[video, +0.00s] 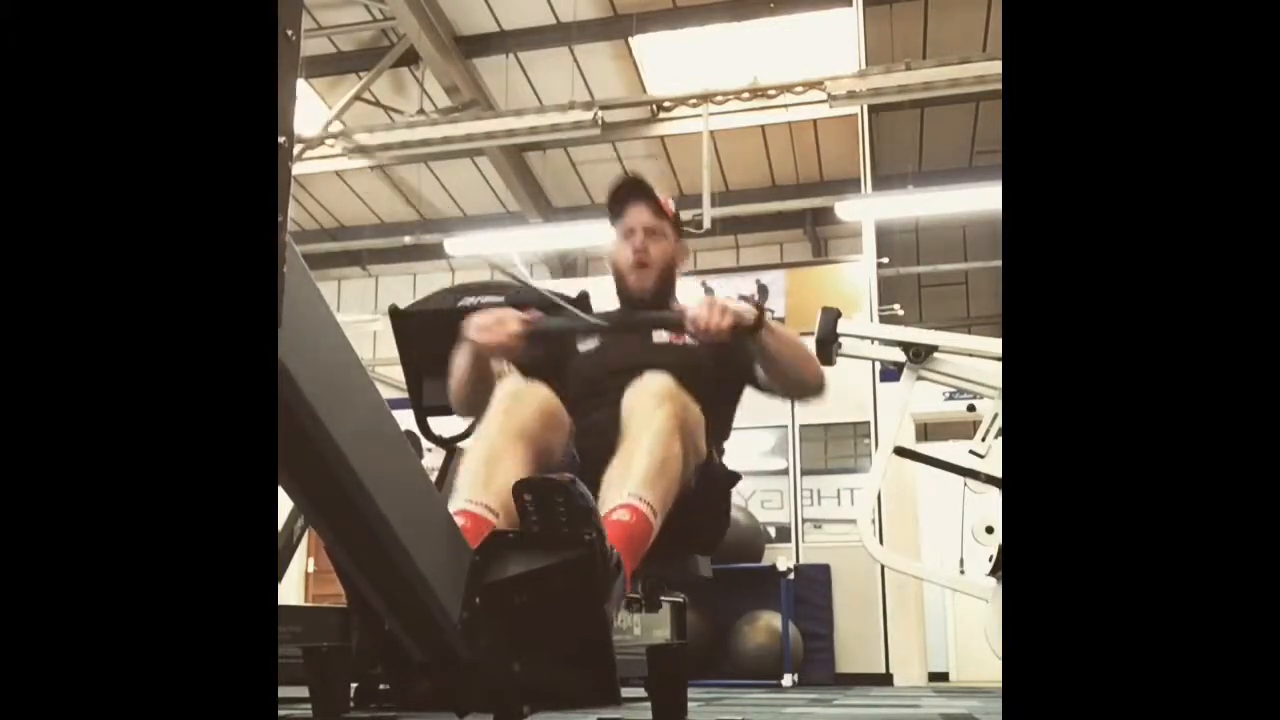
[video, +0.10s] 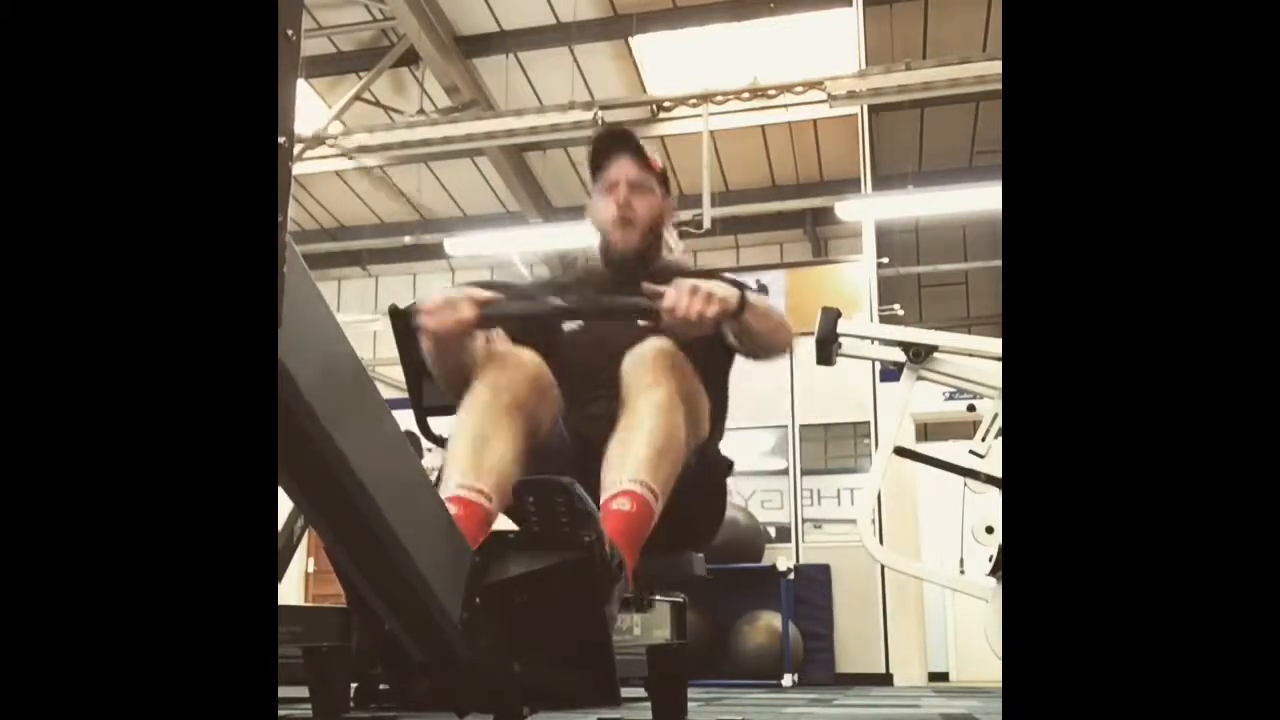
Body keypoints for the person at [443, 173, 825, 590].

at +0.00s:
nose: (639, 246)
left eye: (654, 235)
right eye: (628, 235)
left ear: (680, 250)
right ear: (612, 251)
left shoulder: (717, 329)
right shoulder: (571, 332)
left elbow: (809, 383)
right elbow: (468, 407)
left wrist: (753, 326)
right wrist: (473, 344)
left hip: (681, 501)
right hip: (568, 492)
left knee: (654, 391)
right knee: (521, 395)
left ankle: (606, 567)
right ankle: (458, 553)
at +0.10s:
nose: (622, 203)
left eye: (639, 190)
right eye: (609, 190)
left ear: (666, 208)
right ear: (590, 207)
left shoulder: (705, 293)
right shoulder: (551, 287)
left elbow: (778, 342)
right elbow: (461, 387)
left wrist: (734, 305)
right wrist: (445, 339)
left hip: (675, 497)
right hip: (559, 493)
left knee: (655, 357)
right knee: (510, 365)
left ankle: (606, 566)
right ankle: (445, 556)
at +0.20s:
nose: (603, 161)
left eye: (620, 150)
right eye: (588, 151)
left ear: (652, 174)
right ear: (569, 179)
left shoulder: (698, 257)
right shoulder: (524, 274)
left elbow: (749, 308)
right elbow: (455, 329)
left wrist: (703, 285)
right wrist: (403, 319)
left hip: (669, 492)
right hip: (546, 487)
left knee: (652, 341)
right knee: (489, 336)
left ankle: (606, 565)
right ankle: (443, 557)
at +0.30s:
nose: (586, 145)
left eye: (607, 136)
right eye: (573, 139)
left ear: (643, 164)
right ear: (554, 173)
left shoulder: (682, 240)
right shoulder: (522, 249)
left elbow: (714, 283)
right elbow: (451, 293)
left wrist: (671, 272)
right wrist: (371, 282)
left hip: (662, 482)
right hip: (543, 481)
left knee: (652, 333)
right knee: (490, 338)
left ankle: (610, 552)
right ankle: (442, 549)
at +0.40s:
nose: (593, 156)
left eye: (612, 148)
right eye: (580, 149)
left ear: (648, 175)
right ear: (561, 180)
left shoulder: (689, 249)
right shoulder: (537, 259)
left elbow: (706, 295)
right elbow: (464, 303)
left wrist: (675, 269)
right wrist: (385, 288)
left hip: (670, 483)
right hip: (553, 480)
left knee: (657, 356)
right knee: (504, 358)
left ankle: (608, 565)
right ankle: (443, 555)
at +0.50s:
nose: (619, 182)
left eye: (636, 175)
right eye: (606, 175)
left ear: (665, 196)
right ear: (588, 200)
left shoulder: (699, 267)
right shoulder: (556, 276)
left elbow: (735, 328)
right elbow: (478, 328)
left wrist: (697, 287)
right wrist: (429, 307)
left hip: (676, 477)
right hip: (562, 474)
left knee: (664, 395)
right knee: (508, 398)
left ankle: (612, 568)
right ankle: (446, 557)